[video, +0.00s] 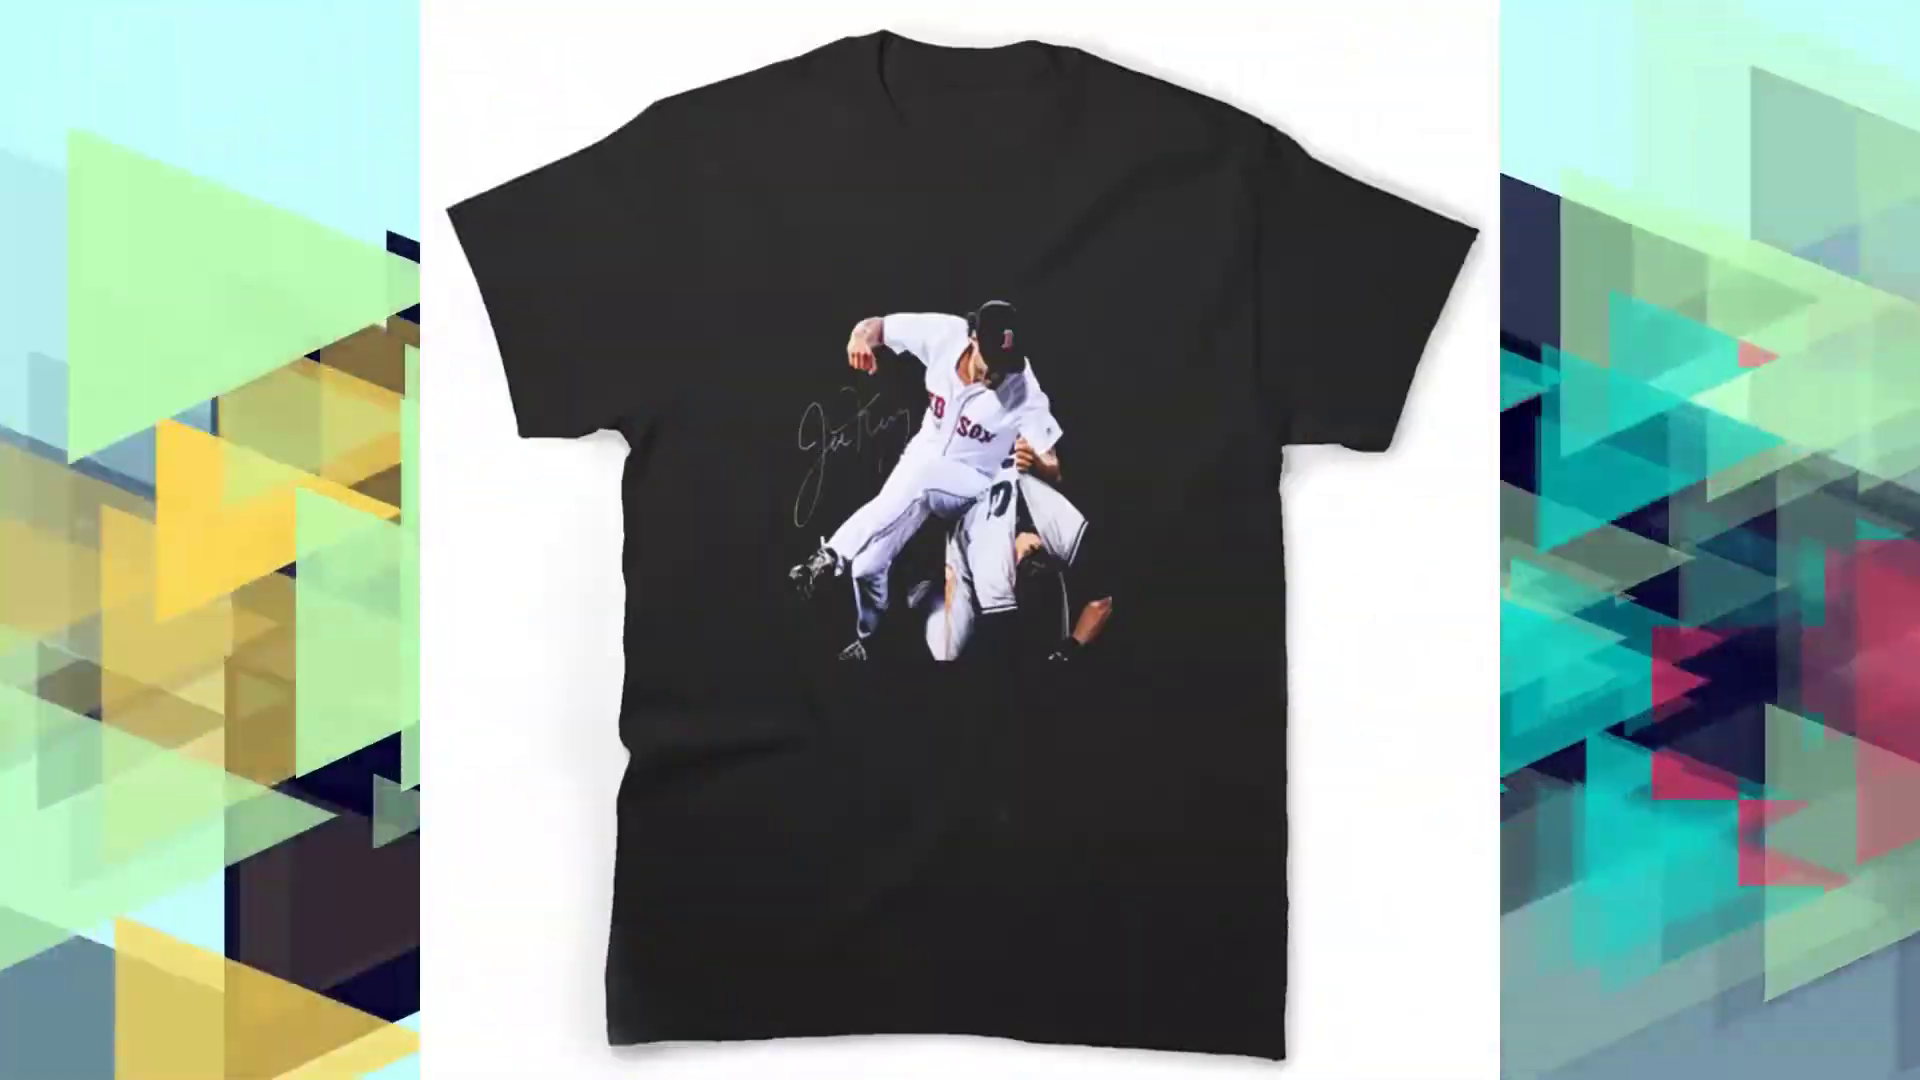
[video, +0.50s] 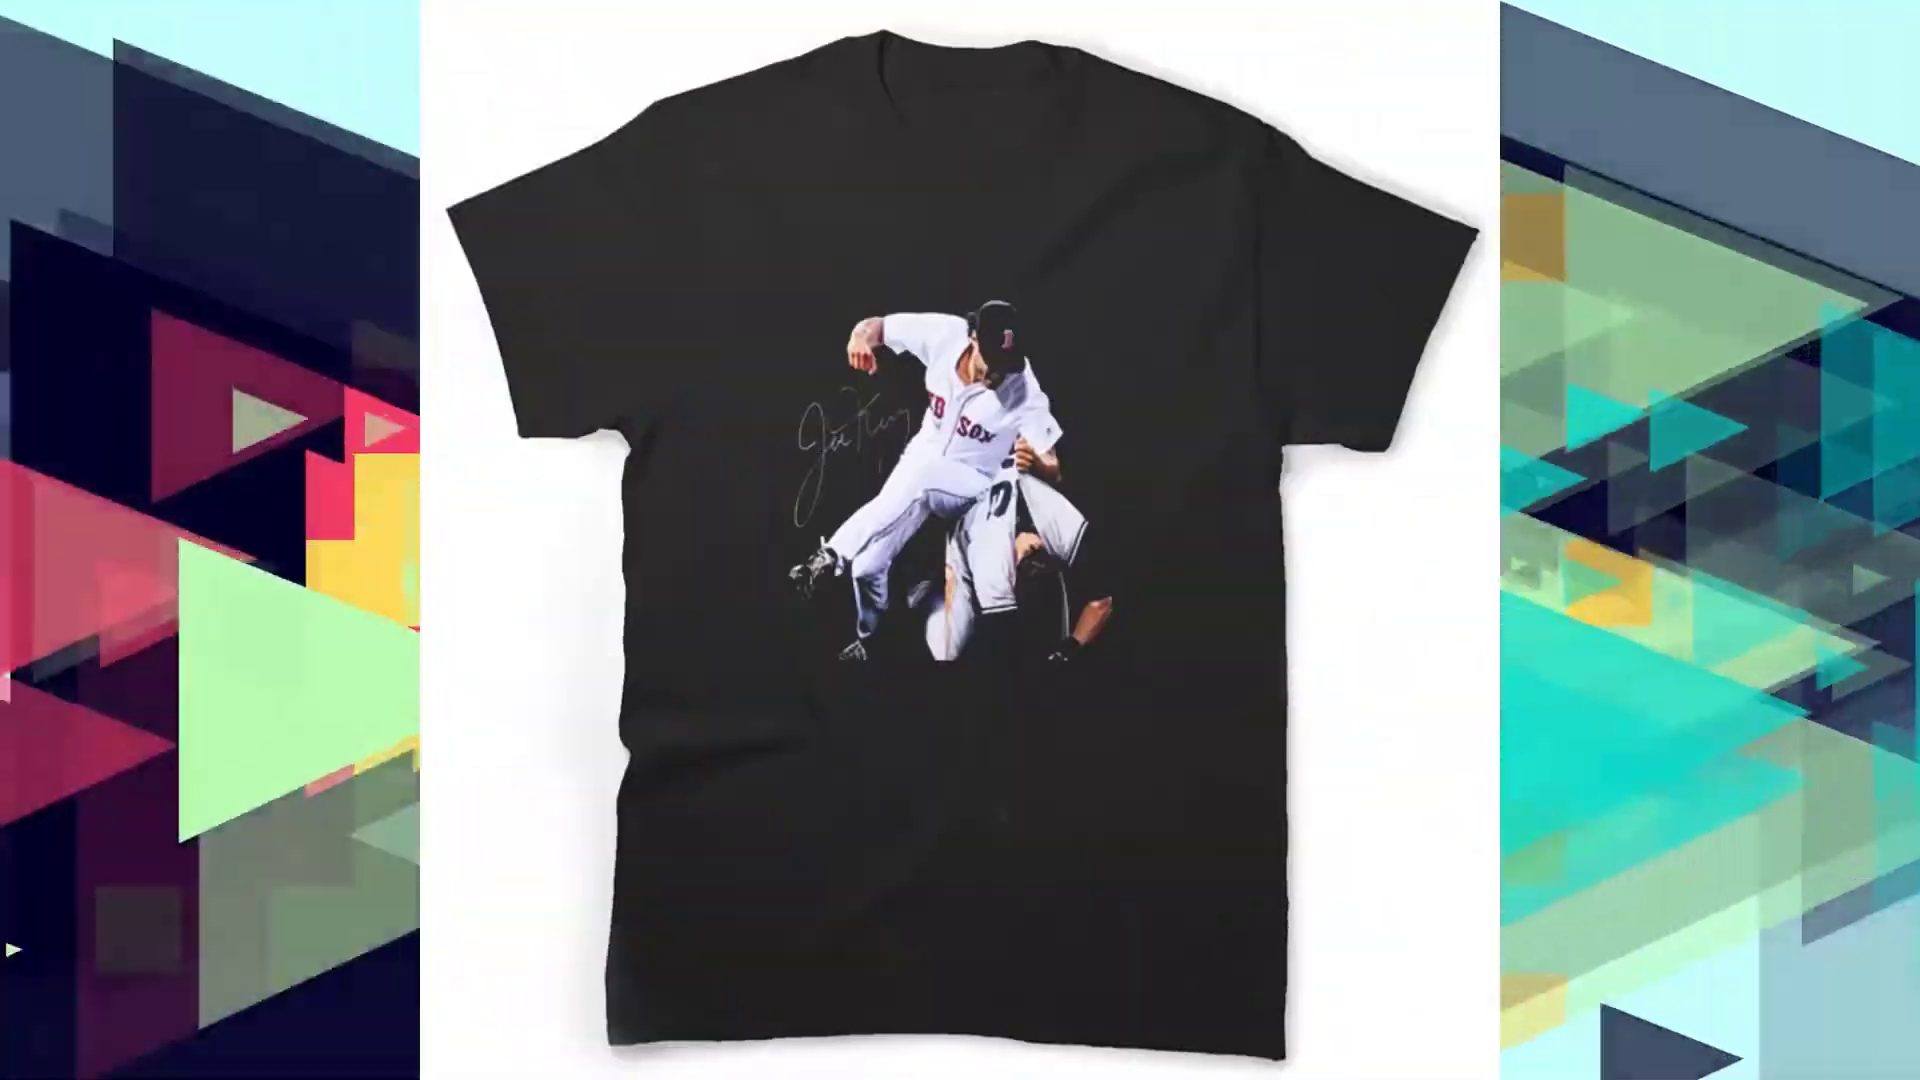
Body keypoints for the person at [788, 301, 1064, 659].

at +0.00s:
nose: (995, 373)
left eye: (1004, 366)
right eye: (990, 364)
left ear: (1016, 355)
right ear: (973, 342)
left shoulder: (1023, 390)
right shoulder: (946, 334)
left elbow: (1055, 470)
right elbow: (874, 327)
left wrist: (1038, 463)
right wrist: (861, 340)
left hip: (978, 482)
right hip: (922, 460)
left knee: (920, 477)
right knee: (867, 565)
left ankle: (827, 559)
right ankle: (870, 640)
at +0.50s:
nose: (995, 373)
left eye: (1004, 366)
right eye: (990, 364)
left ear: (1016, 355)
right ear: (973, 342)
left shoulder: (1023, 390)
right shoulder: (946, 334)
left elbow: (1055, 470)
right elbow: (874, 327)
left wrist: (1038, 463)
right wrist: (861, 341)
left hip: (978, 482)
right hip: (922, 460)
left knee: (920, 477)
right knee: (867, 565)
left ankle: (827, 559)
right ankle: (870, 640)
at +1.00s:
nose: (995, 373)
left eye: (1004, 366)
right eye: (990, 364)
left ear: (1016, 355)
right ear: (973, 342)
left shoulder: (1023, 390)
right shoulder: (946, 334)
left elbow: (1055, 470)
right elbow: (874, 327)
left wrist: (1038, 463)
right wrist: (861, 341)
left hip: (978, 482)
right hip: (922, 460)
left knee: (920, 477)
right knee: (867, 565)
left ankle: (827, 559)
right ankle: (870, 640)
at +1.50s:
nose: (997, 374)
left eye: (1006, 367)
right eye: (991, 364)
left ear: (1017, 354)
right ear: (973, 341)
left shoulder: (1023, 389)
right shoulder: (946, 334)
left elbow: (1054, 468)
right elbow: (878, 327)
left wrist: (1038, 463)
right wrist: (861, 338)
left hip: (978, 482)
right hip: (922, 460)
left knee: (920, 476)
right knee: (867, 566)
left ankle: (828, 560)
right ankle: (871, 641)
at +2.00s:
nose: (997, 374)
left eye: (1006, 367)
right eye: (991, 364)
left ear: (1017, 354)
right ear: (973, 341)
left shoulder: (1023, 389)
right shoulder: (946, 334)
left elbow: (1054, 468)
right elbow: (878, 327)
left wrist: (1038, 463)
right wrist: (861, 338)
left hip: (979, 482)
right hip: (922, 460)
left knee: (920, 476)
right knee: (867, 566)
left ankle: (828, 560)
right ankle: (871, 642)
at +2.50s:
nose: (997, 374)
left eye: (1006, 367)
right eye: (991, 364)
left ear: (1017, 354)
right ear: (973, 341)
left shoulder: (1023, 389)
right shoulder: (946, 334)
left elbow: (1054, 468)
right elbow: (878, 327)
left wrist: (1038, 463)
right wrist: (861, 338)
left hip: (979, 482)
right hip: (922, 460)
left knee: (920, 476)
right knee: (867, 566)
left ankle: (828, 560)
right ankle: (871, 642)